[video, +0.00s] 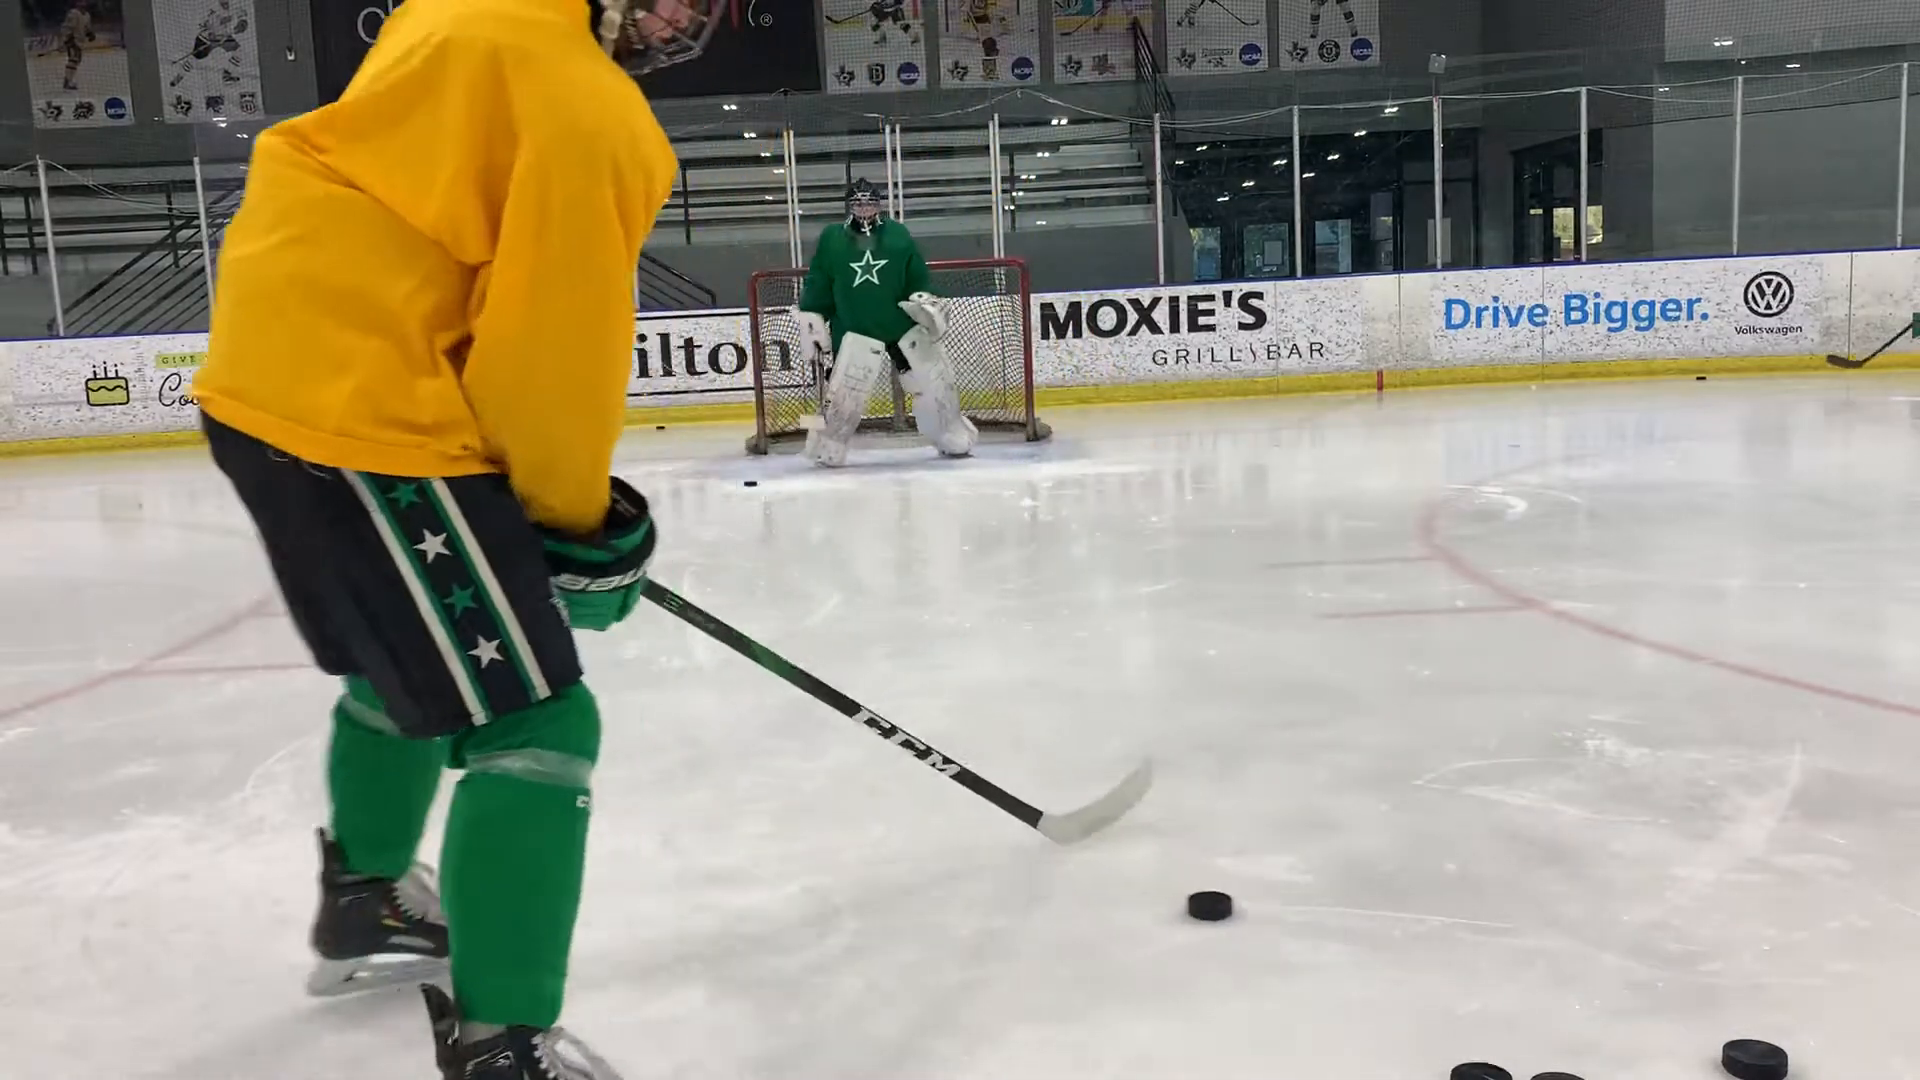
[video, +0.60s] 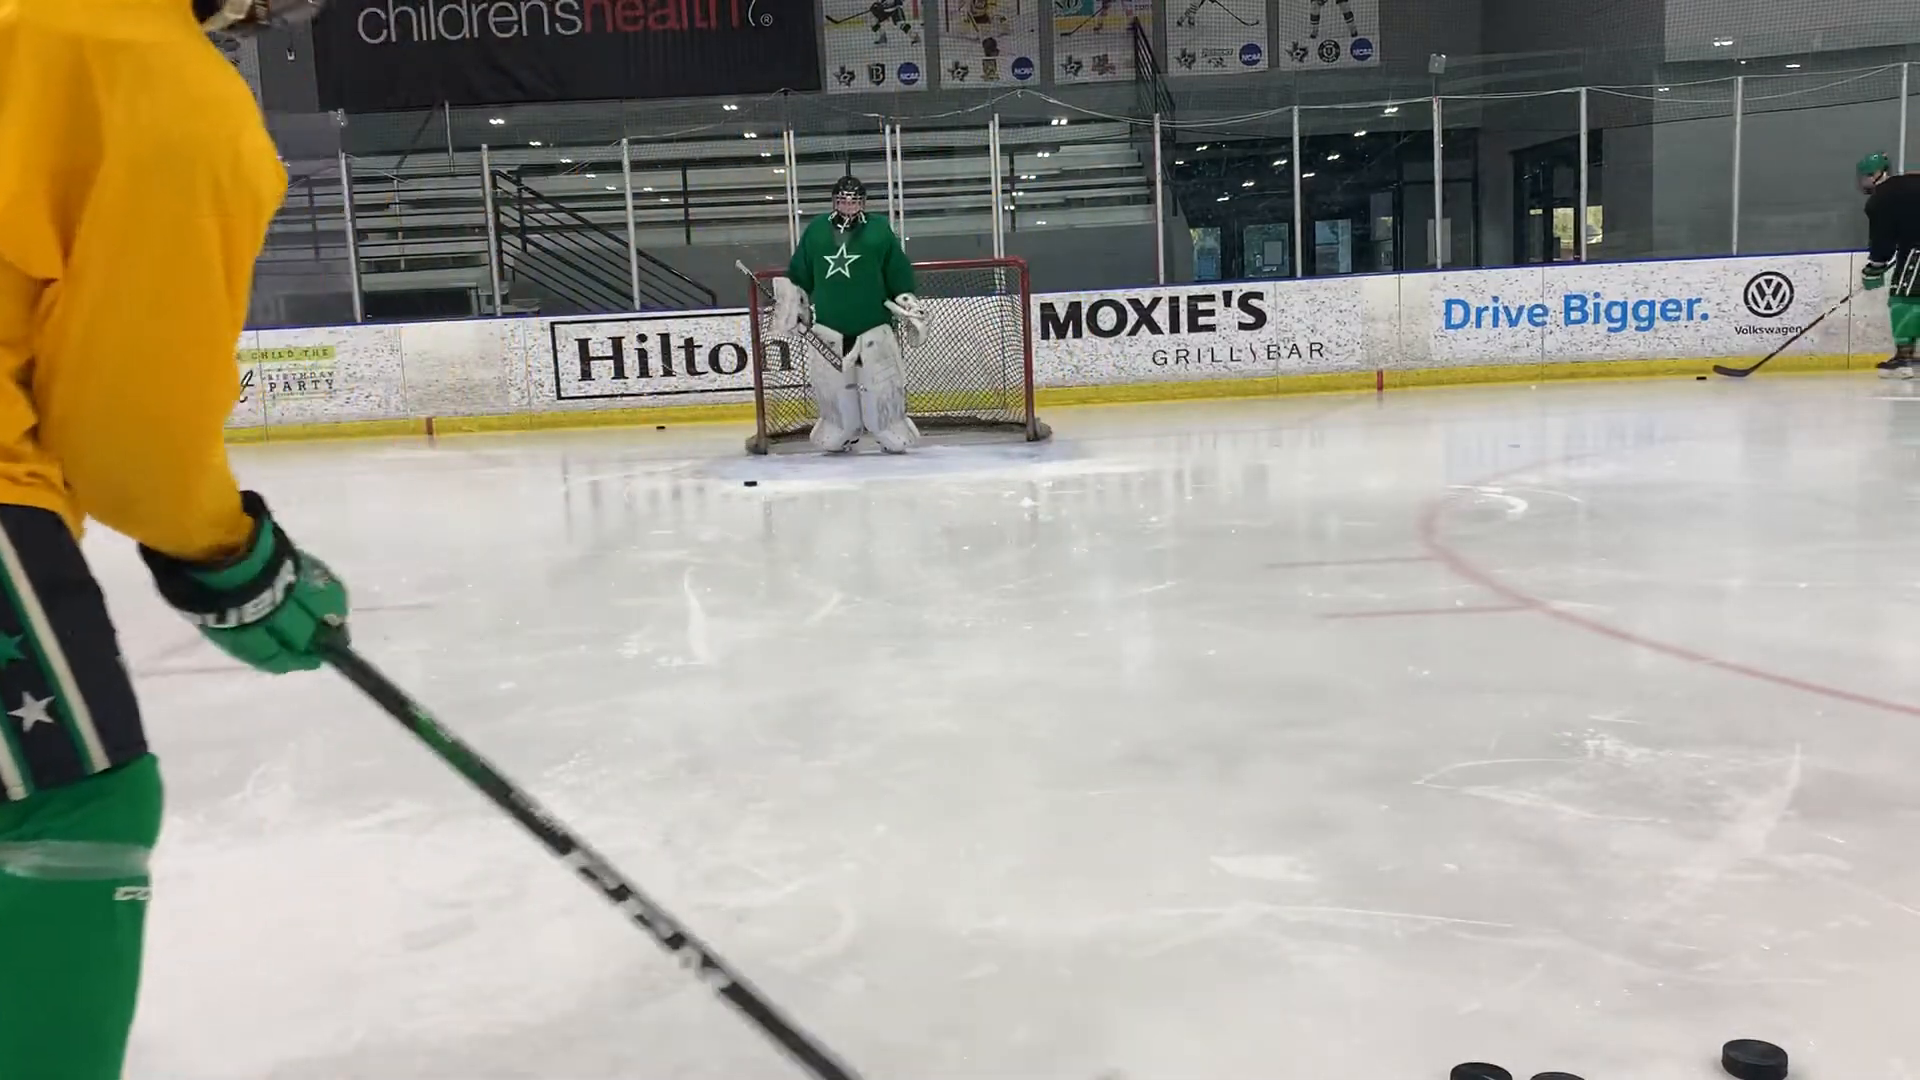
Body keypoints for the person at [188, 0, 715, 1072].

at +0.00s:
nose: (687, 29)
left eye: (706, 24)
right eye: (694, 4)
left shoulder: (450, 24)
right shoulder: (590, 109)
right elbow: (545, 370)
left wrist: (537, 484)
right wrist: (580, 524)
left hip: (262, 386)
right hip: (368, 408)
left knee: (398, 663)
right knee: (535, 723)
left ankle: (363, 897)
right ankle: (501, 1041)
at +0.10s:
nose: (623, 26)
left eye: (636, 20)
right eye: (626, 6)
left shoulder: (363, 19)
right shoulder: (534, 118)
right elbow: (485, 398)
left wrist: (453, 477)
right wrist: (516, 532)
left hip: (162, 386)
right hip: (296, 414)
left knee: (303, 679)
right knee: (470, 732)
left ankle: (269, 923)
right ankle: (444, 1051)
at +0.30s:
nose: (488, 24)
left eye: (507, 20)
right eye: (500, 7)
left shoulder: (201, 16)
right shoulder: (401, 115)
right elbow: (349, 405)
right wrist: (409, 526)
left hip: (12, 366)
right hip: (126, 400)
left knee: (126, 720)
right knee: (314, 769)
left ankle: (101, 983)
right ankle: (293, 1062)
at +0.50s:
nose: (344, 15)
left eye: (354, 12)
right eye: (350, 4)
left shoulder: (42, 22)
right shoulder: (244, 99)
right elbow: (207, 416)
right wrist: (329, 540)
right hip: (28, 454)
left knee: (12, 782)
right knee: (154, 798)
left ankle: (0, 1018)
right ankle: (107, 1057)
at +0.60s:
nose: (278, 13)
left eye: (279, 14)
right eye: (282, 8)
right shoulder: (177, 96)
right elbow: (128, 430)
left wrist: (215, 548)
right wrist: (234, 564)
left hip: (13, 467)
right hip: (1, 470)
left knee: (64, 797)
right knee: (79, 805)